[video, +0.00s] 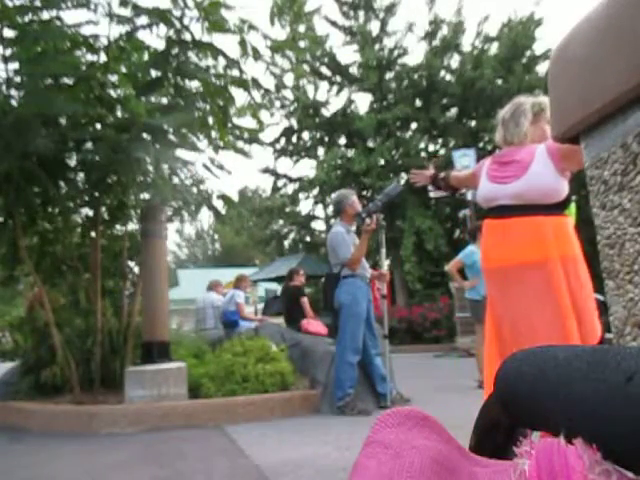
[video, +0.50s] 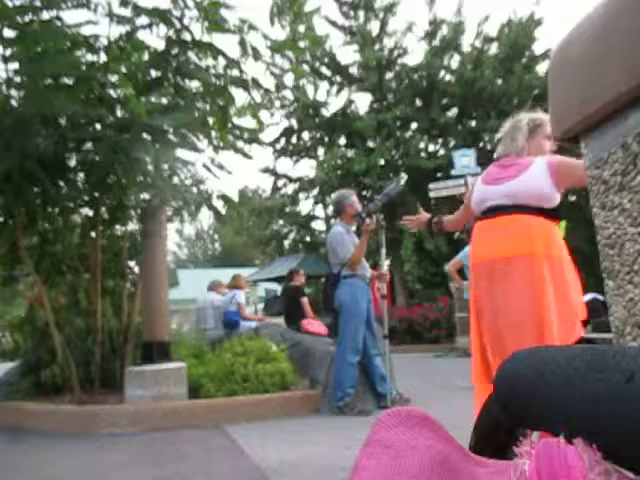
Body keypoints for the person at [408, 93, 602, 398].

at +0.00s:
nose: (550, 129)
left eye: (549, 122)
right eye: (546, 122)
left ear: (509, 128)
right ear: (530, 124)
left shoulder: (487, 165)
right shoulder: (552, 152)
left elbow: (460, 179)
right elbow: (595, 151)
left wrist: (435, 177)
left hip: (498, 243)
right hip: (545, 241)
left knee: (508, 326)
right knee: (555, 321)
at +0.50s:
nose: (553, 144)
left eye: (551, 138)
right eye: (547, 138)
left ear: (511, 142)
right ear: (527, 140)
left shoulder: (483, 179)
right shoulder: (547, 166)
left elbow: (457, 220)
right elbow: (596, 171)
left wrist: (429, 222)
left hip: (485, 245)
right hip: (531, 240)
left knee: (495, 334)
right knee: (542, 324)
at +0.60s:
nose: (541, 149)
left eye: (540, 143)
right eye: (536, 143)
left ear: (497, 150)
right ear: (522, 145)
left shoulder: (474, 185)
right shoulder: (542, 173)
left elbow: (456, 235)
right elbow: (590, 197)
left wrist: (438, 233)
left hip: (485, 248)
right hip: (532, 243)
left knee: (493, 332)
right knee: (540, 324)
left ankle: (497, 414)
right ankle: (547, 408)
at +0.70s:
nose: (525, 152)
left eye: (524, 147)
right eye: (523, 147)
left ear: (483, 152)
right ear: (518, 151)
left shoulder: (466, 184)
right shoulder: (539, 180)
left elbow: (454, 239)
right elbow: (564, 232)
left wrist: (443, 234)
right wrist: (560, 251)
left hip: (486, 245)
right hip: (533, 242)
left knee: (490, 330)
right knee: (540, 324)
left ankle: (493, 417)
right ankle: (546, 406)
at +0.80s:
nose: (468, 156)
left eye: (469, 151)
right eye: (468, 152)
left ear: (476, 149)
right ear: (512, 150)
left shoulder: (473, 174)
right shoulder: (525, 177)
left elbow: (450, 227)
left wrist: (437, 221)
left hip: (492, 248)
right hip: (538, 246)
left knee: (491, 332)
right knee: (545, 326)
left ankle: (492, 421)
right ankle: (549, 408)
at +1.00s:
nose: (446, 160)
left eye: (450, 150)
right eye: (444, 153)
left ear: (472, 145)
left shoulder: (505, 161)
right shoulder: (460, 184)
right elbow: (418, 202)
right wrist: (414, 169)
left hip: (521, 243)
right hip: (484, 250)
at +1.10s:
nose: (438, 153)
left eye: (442, 144)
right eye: (435, 147)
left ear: (467, 140)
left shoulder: (508, 167)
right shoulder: (446, 186)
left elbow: (537, 201)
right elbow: (404, 199)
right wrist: (406, 159)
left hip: (523, 254)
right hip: (478, 266)